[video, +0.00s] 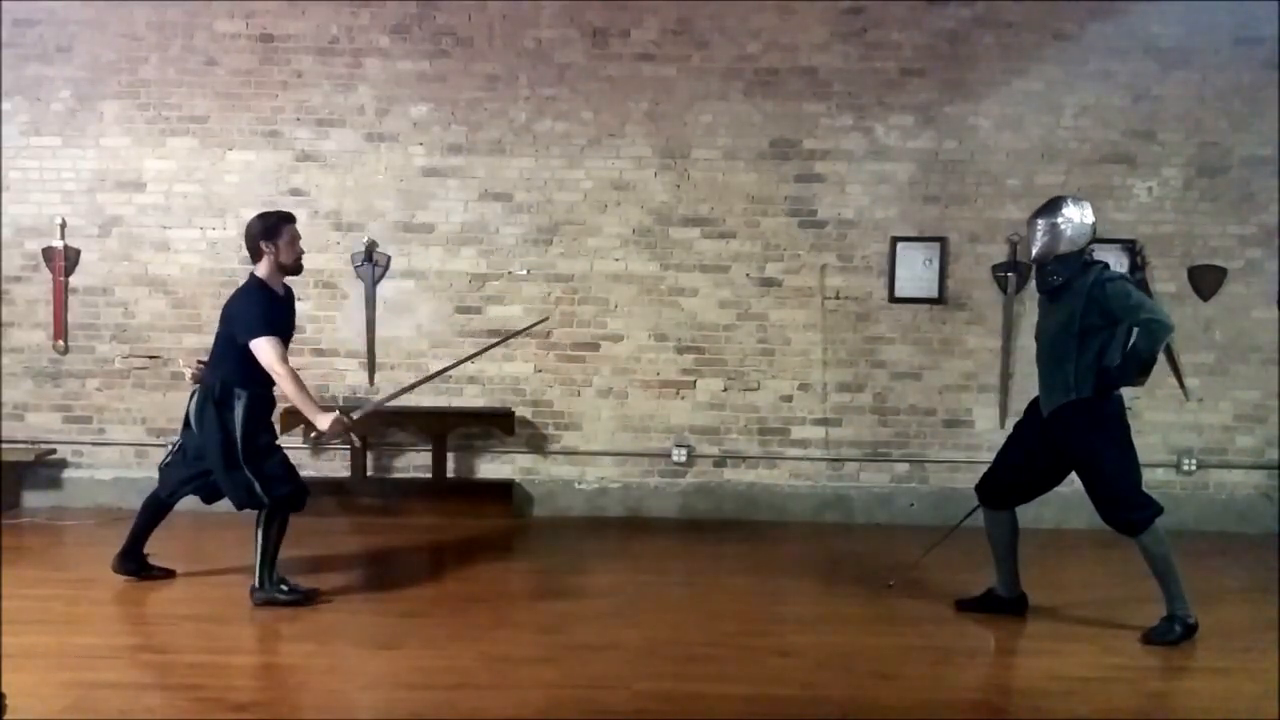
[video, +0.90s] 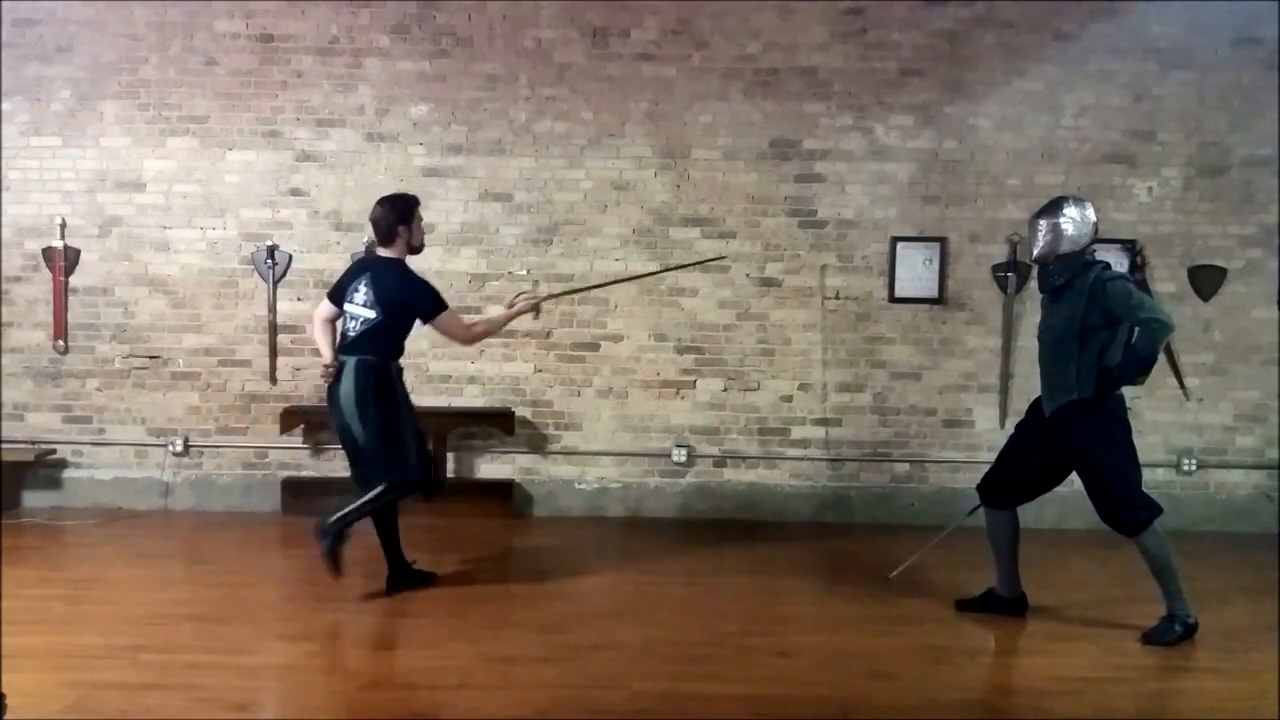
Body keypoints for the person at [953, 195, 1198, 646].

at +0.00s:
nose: (1035, 242)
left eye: (1043, 233)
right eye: (1035, 233)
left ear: (1067, 234)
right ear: (1056, 233)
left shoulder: (1100, 282)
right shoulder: (1052, 283)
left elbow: (1157, 322)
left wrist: (1129, 370)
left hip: (1094, 416)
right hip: (1051, 414)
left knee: (1131, 512)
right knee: (995, 492)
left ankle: (1180, 614)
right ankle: (1008, 592)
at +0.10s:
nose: (1035, 242)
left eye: (1043, 232)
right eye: (1035, 232)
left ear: (1067, 233)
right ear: (1055, 233)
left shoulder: (1100, 282)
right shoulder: (1053, 283)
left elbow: (1157, 322)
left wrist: (1129, 371)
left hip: (1094, 416)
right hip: (1051, 414)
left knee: (1132, 512)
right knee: (995, 492)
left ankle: (1180, 614)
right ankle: (1007, 592)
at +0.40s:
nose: (1036, 242)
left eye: (1045, 232)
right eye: (1036, 232)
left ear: (1069, 234)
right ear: (1053, 235)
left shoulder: (1102, 282)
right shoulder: (1054, 284)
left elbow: (1157, 321)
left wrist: (1127, 373)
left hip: (1095, 416)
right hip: (1051, 414)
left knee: (1131, 512)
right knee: (995, 493)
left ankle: (1180, 614)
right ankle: (1008, 592)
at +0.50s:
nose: (1036, 242)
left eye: (1043, 232)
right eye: (1035, 232)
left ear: (1068, 234)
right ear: (1056, 234)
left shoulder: (1101, 282)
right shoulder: (1055, 284)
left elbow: (1158, 321)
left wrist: (1127, 372)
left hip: (1095, 415)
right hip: (1052, 413)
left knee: (1130, 512)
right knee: (996, 492)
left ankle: (1180, 614)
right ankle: (1008, 593)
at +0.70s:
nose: (1036, 241)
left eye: (1045, 231)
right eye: (1036, 231)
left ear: (1070, 233)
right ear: (1054, 234)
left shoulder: (1100, 281)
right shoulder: (1057, 284)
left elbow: (1157, 321)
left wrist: (1125, 373)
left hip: (1096, 416)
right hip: (1053, 413)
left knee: (1130, 512)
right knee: (996, 492)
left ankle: (1181, 614)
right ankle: (1008, 593)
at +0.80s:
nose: (1036, 241)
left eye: (1045, 231)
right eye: (1036, 231)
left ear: (1070, 233)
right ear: (1055, 234)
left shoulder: (1100, 281)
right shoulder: (1056, 282)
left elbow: (1157, 321)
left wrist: (1126, 372)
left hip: (1095, 416)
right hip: (1053, 413)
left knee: (1131, 512)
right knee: (996, 492)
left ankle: (1181, 614)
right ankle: (1008, 593)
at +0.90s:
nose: (1038, 240)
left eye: (1047, 231)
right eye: (1038, 231)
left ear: (1072, 234)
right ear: (1052, 235)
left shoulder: (1101, 281)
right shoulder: (1057, 283)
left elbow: (1158, 321)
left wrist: (1123, 373)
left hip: (1096, 416)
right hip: (1053, 413)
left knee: (1129, 511)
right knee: (996, 492)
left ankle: (1180, 613)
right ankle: (1008, 592)